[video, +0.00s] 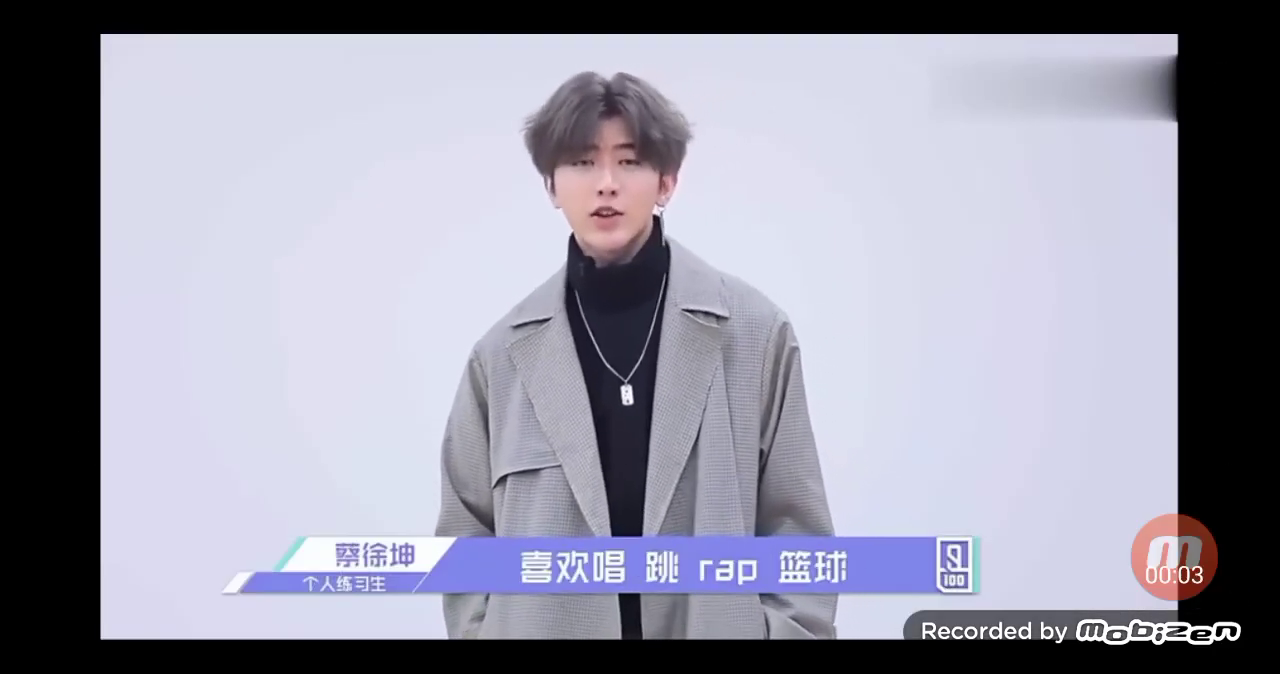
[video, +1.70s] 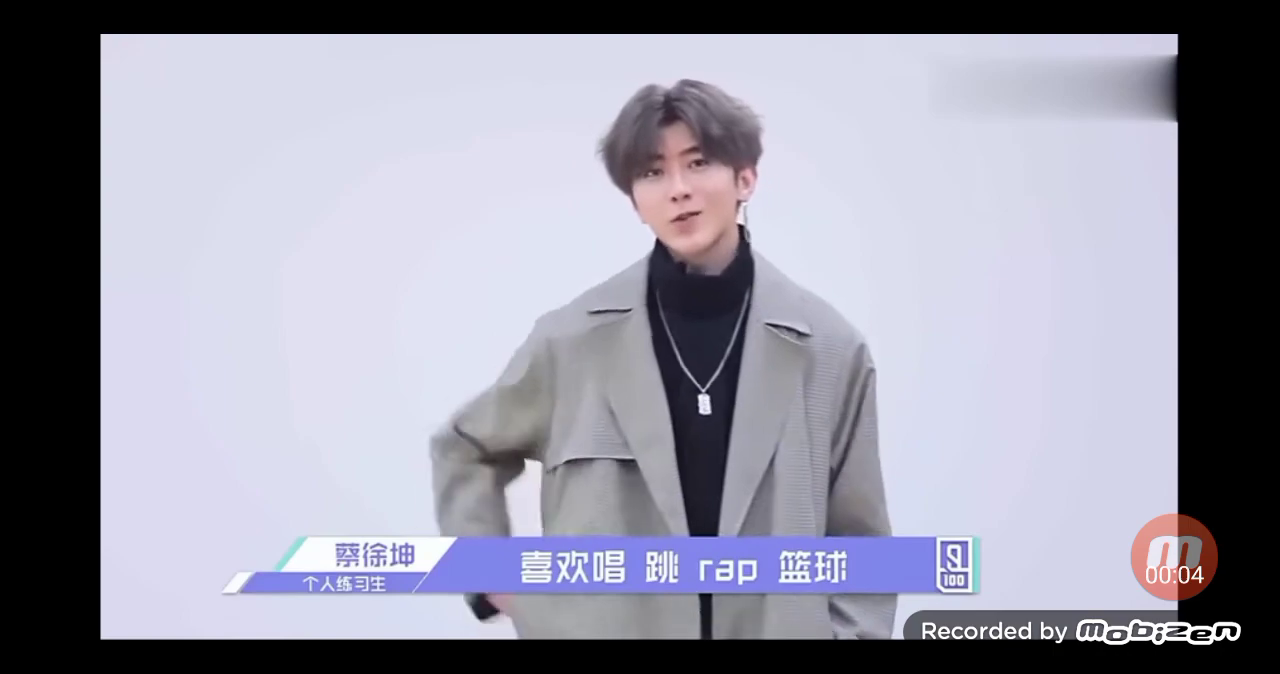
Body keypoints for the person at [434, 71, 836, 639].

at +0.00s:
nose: (606, 183)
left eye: (628, 162)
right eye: (582, 162)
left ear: (665, 183)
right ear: (553, 185)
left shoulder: (757, 333)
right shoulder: (497, 356)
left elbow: (800, 530)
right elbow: (462, 536)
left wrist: (784, 631)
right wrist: (480, 627)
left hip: (712, 629)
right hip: (547, 631)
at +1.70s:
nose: (677, 190)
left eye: (697, 163)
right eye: (652, 172)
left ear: (745, 178)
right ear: (633, 198)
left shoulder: (831, 349)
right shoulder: (567, 343)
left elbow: (862, 544)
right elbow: (465, 449)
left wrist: (843, 628)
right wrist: (496, 585)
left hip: (774, 624)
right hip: (605, 625)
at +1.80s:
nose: (698, 195)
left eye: (718, 168)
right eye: (673, 178)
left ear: (764, 181)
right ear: (652, 201)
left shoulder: (850, 358)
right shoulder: (581, 334)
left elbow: (883, 551)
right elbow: (461, 413)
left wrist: (874, 629)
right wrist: (435, 538)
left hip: (784, 631)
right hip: (604, 629)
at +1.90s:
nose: (712, 198)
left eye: (731, 171)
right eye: (688, 182)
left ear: (777, 182)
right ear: (666, 205)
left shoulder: (854, 361)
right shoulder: (595, 336)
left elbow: (889, 554)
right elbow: (523, 474)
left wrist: (876, 627)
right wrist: (481, 459)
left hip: (789, 632)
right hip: (629, 629)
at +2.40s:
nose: (733, 196)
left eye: (752, 171)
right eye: (708, 181)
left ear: (799, 189)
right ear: (687, 206)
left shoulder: (853, 342)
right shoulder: (610, 332)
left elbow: (869, 476)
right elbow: (520, 444)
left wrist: (910, 553)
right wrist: (576, 501)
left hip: (812, 626)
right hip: (651, 622)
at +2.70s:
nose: (700, 198)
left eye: (721, 176)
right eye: (676, 185)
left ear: (768, 196)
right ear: (658, 213)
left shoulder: (824, 340)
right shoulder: (592, 324)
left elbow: (872, 453)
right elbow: (509, 426)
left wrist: (845, 504)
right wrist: (524, 476)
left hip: (765, 617)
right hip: (616, 616)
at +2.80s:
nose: (687, 196)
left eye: (708, 172)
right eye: (664, 180)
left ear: (755, 189)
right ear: (643, 204)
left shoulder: (808, 325)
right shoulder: (592, 314)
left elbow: (863, 431)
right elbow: (531, 450)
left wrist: (900, 470)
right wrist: (484, 429)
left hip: (744, 623)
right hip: (604, 623)